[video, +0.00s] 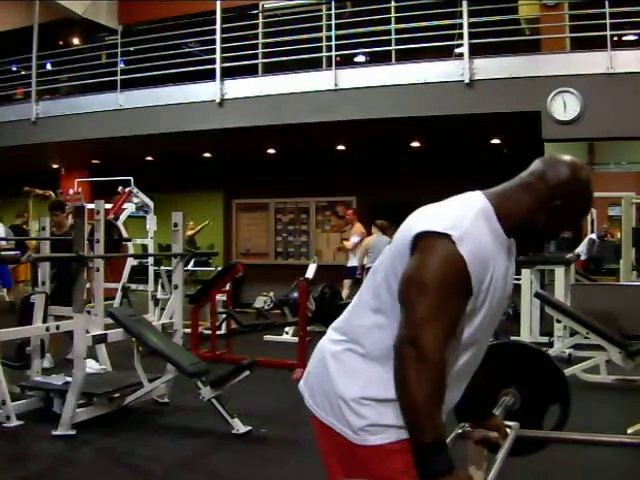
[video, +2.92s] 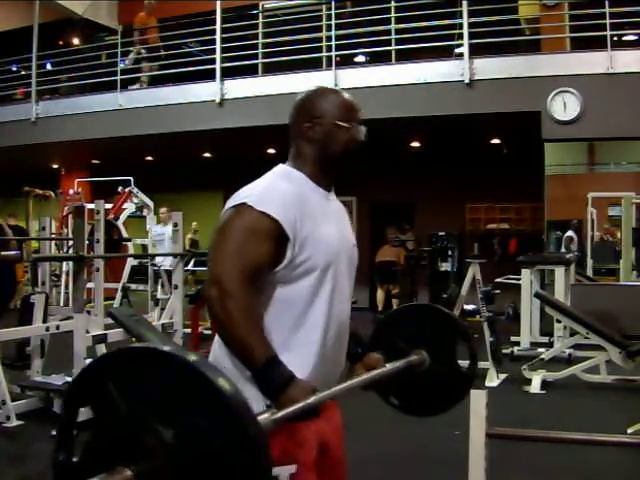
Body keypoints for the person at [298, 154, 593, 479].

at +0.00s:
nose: (562, 235)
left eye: (570, 226)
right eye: (567, 223)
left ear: (539, 192)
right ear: (551, 205)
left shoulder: (497, 240)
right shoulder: (454, 237)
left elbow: (454, 341)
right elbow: (417, 349)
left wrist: (471, 414)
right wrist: (437, 462)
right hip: (360, 399)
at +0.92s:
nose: (558, 204)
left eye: (556, 191)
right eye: (549, 190)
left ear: (510, 195)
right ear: (512, 194)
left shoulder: (496, 252)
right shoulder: (455, 258)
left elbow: (445, 346)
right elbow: (402, 359)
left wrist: (472, 412)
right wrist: (429, 464)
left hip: (396, 400)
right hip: (351, 408)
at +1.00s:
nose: (534, 174)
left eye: (528, 161)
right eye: (518, 160)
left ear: (474, 172)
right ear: (472, 170)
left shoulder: (486, 246)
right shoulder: (435, 250)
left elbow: (442, 349)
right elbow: (398, 360)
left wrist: (469, 416)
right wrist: (432, 461)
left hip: (409, 406)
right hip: (356, 412)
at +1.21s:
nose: (486, 136)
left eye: (481, 127)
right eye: (471, 127)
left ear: (439, 145)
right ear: (437, 143)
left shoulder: (453, 219)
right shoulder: (410, 214)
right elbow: (373, 326)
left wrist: (463, 393)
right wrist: (431, 425)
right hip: (366, 422)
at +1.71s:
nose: (436, 128)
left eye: (434, 118)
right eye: (424, 117)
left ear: (388, 125)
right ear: (386, 124)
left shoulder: (399, 197)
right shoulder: (362, 195)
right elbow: (317, 293)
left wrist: (434, 356)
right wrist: (385, 386)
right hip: (343, 414)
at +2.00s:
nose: (386, 142)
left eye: (389, 132)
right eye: (375, 129)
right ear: (335, 121)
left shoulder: (361, 200)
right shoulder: (304, 191)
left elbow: (352, 298)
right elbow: (256, 295)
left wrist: (402, 344)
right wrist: (335, 386)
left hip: (373, 414)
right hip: (312, 426)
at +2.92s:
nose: (359, 137)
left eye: (359, 126)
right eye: (348, 125)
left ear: (314, 130)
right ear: (310, 128)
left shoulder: (332, 208)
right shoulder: (271, 198)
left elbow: (316, 305)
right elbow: (224, 291)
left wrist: (357, 354)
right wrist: (280, 382)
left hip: (321, 409)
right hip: (267, 416)